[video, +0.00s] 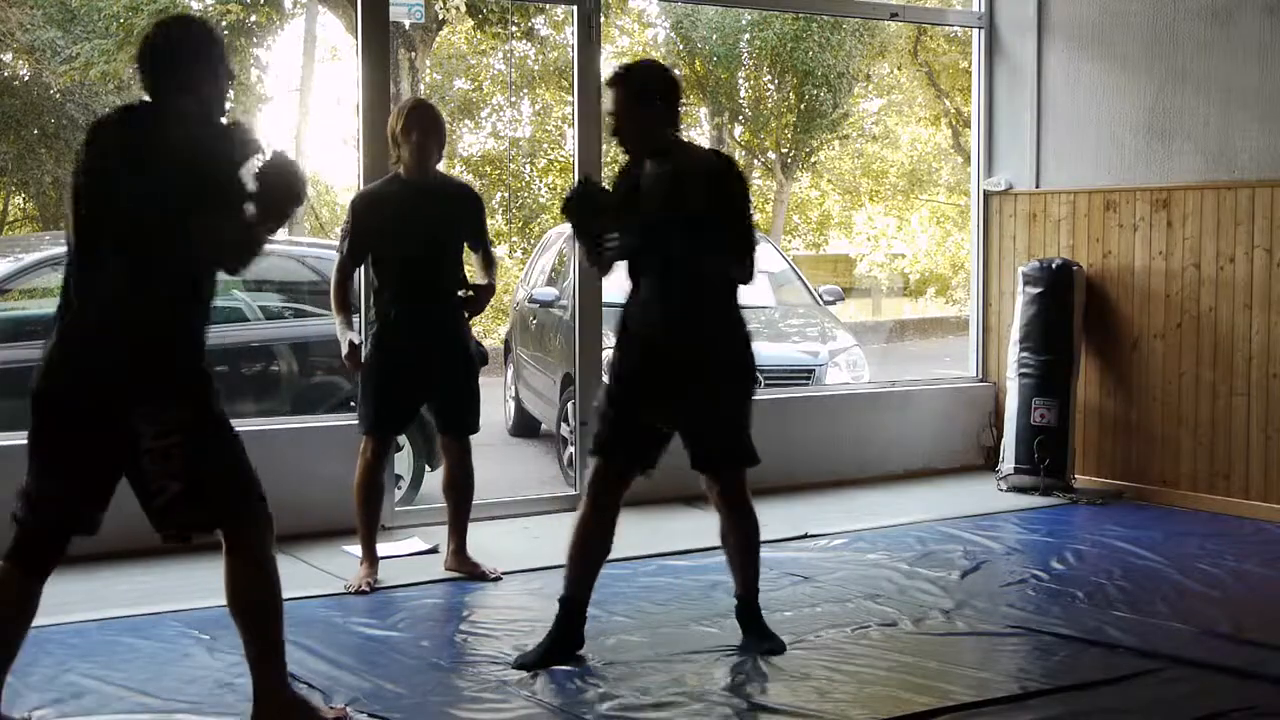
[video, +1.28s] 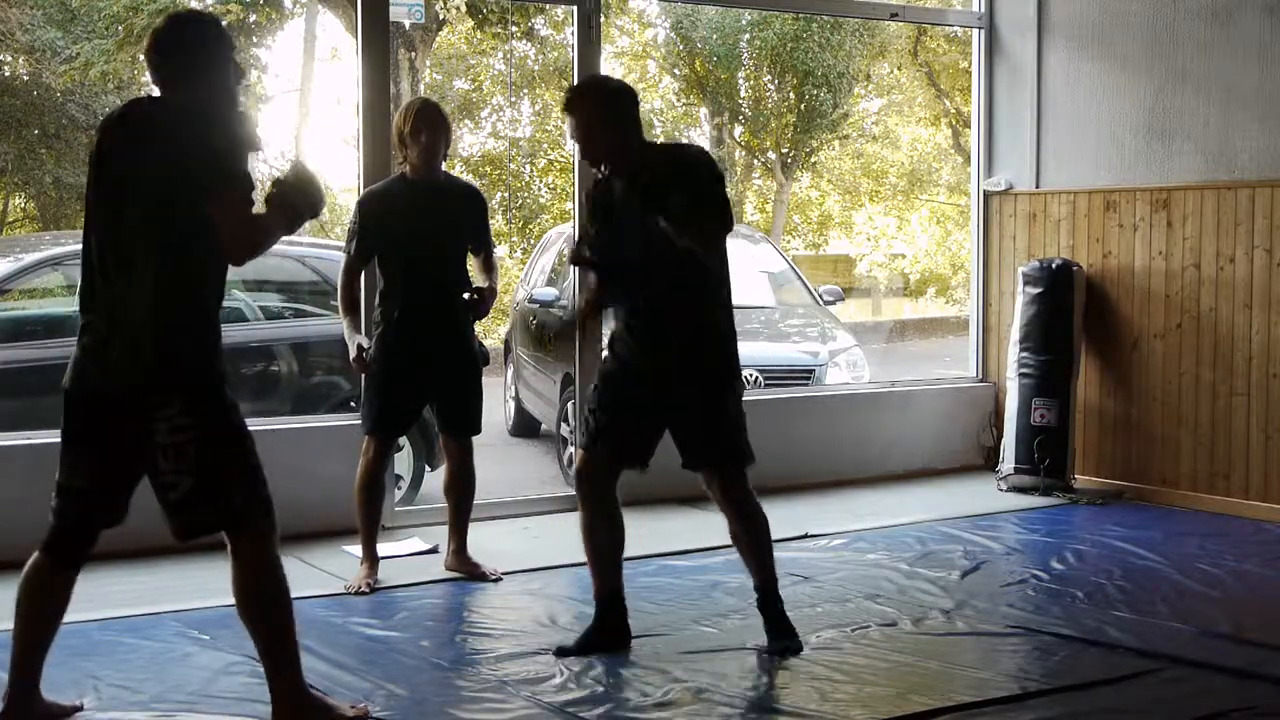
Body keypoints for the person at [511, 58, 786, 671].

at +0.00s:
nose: (612, 126)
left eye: (620, 113)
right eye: (611, 114)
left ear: (657, 110)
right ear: (646, 114)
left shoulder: (718, 172)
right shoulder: (631, 182)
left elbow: (742, 265)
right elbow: (602, 266)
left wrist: (659, 240)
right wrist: (588, 229)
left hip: (713, 353)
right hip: (645, 355)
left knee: (730, 490)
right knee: (603, 488)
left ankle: (751, 617)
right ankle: (567, 629)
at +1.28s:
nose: (578, 146)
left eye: (583, 132)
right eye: (575, 134)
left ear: (617, 122)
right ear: (602, 126)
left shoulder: (690, 165)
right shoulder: (600, 193)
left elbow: (711, 249)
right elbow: (599, 288)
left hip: (701, 353)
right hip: (633, 356)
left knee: (729, 483)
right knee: (592, 474)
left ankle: (773, 610)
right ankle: (610, 620)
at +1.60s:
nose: (596, 157)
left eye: (601, 142)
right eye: (592, 145)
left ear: (638, 131)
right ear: (617, 139)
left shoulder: (711, 171)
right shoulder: (620, 209)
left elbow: (747, 251)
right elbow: (632, 300)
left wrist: (682, 213)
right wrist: (616, 384)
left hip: (723, 364)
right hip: (655, 365)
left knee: (738, 492)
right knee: (594, 472)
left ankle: (771, 614)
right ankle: (610, 620)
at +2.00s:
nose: (610, 154)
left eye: (617, 140)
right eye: (607, 141)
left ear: (654, 131)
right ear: (631, 139)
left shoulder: (723, 172)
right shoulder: (628, 205)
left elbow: (755, 253)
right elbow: (637, 296)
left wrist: (687, 216)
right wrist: (631, 377)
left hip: (732, 362)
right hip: (663, 364)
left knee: (744, 492)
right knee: (611, 476)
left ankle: (769, 612)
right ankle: (613, 620)